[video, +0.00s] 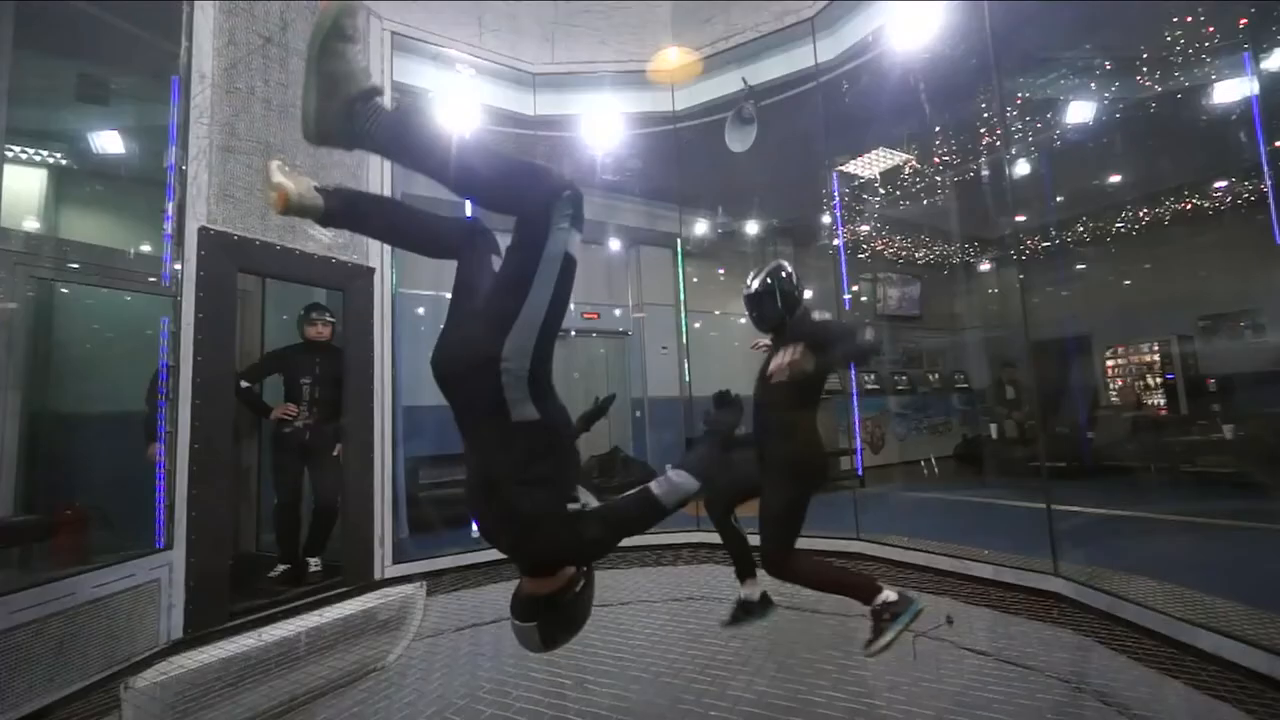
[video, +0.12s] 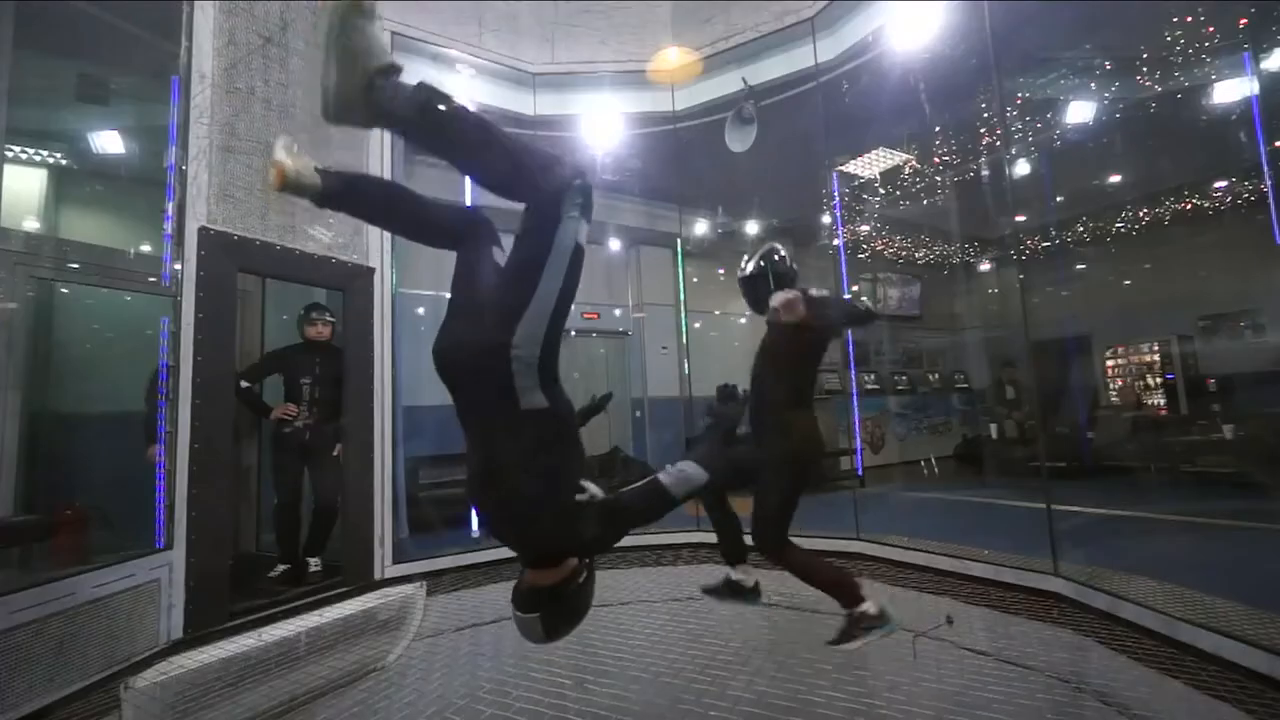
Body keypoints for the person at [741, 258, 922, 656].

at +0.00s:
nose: (758, 315)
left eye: (761, 306)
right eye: (754, 308)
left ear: (779, 300)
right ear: (786, 300)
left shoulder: (812, 332)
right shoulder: (789, 336)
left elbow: (863, 343)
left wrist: (812, 355)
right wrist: (775, 346)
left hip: (795, 460)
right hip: (772, 455)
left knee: (778, 559)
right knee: (716, 498)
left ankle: (885, 600)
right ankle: (751, 592)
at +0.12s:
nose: (748, 296)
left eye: (751, 287)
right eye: (746, 288)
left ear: (768, 282)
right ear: (783, 278)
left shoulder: (802, 314)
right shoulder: (782, 318)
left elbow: (860, 313)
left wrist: (807, 308)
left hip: (791, 446)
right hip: (771, 442)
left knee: (770, 541)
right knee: (707, 482)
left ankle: (860, 606)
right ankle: (740, 577)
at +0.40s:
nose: (733, 242)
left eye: (738, 233)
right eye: (729, 235)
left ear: (760, 228)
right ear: (734, 235)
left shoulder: (782, 257)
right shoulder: (751, 266)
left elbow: (830, 259)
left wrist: (852, 253)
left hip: (752, 377)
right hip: (724, 377)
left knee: (743, 475)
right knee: (702, 466)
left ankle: (754, 580)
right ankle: (701, 565)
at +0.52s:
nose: (726, 227)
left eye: (734, 219)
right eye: (721, 221)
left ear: (748, 222)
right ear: (714, 226)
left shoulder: (762, 253)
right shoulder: (719, 261)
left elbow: (811, 255)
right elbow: (703, 285)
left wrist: (860, 254)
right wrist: (678, 290)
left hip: (729, 363)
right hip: (695, 362)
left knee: (725, 460)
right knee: (689, 456)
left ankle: (732, 565)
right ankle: (691, 554)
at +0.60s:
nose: (703, 231)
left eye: (711, 222)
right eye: (698, 224)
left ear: (728, 220)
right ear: (691, 226)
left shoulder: (746, 254)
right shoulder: (692, 260)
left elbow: (796, 256)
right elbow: (668, 278)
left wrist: (842, 257)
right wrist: (630, 285)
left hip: (718, 363)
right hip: (678, 362)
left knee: (715, 454)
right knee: (674, 453)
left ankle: (716, 556)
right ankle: (681, 549)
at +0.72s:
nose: (681, 227)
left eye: (688, 218)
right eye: (674, 219)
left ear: (702, 219)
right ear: (665, 223)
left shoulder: (719, 251)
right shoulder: (658, 257)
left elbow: (770, 256)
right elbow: (624, 283)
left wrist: (813, 253)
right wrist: (595, 282)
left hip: (700, 359)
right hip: (655, 359)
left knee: (696, 449)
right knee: (651, 450)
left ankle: (698, 547)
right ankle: (658, 543)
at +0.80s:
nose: (660, 234)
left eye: (667, 226)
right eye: (655, 227)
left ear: (679, 227)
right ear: (647, 229)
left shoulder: (696, 251)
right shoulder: (636, 255)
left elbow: (749, 256)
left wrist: (798, 246)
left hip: (680, 345)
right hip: (636, 346)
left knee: (683, 437)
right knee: (635, 438)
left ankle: (690, 538)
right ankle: (635, 533)